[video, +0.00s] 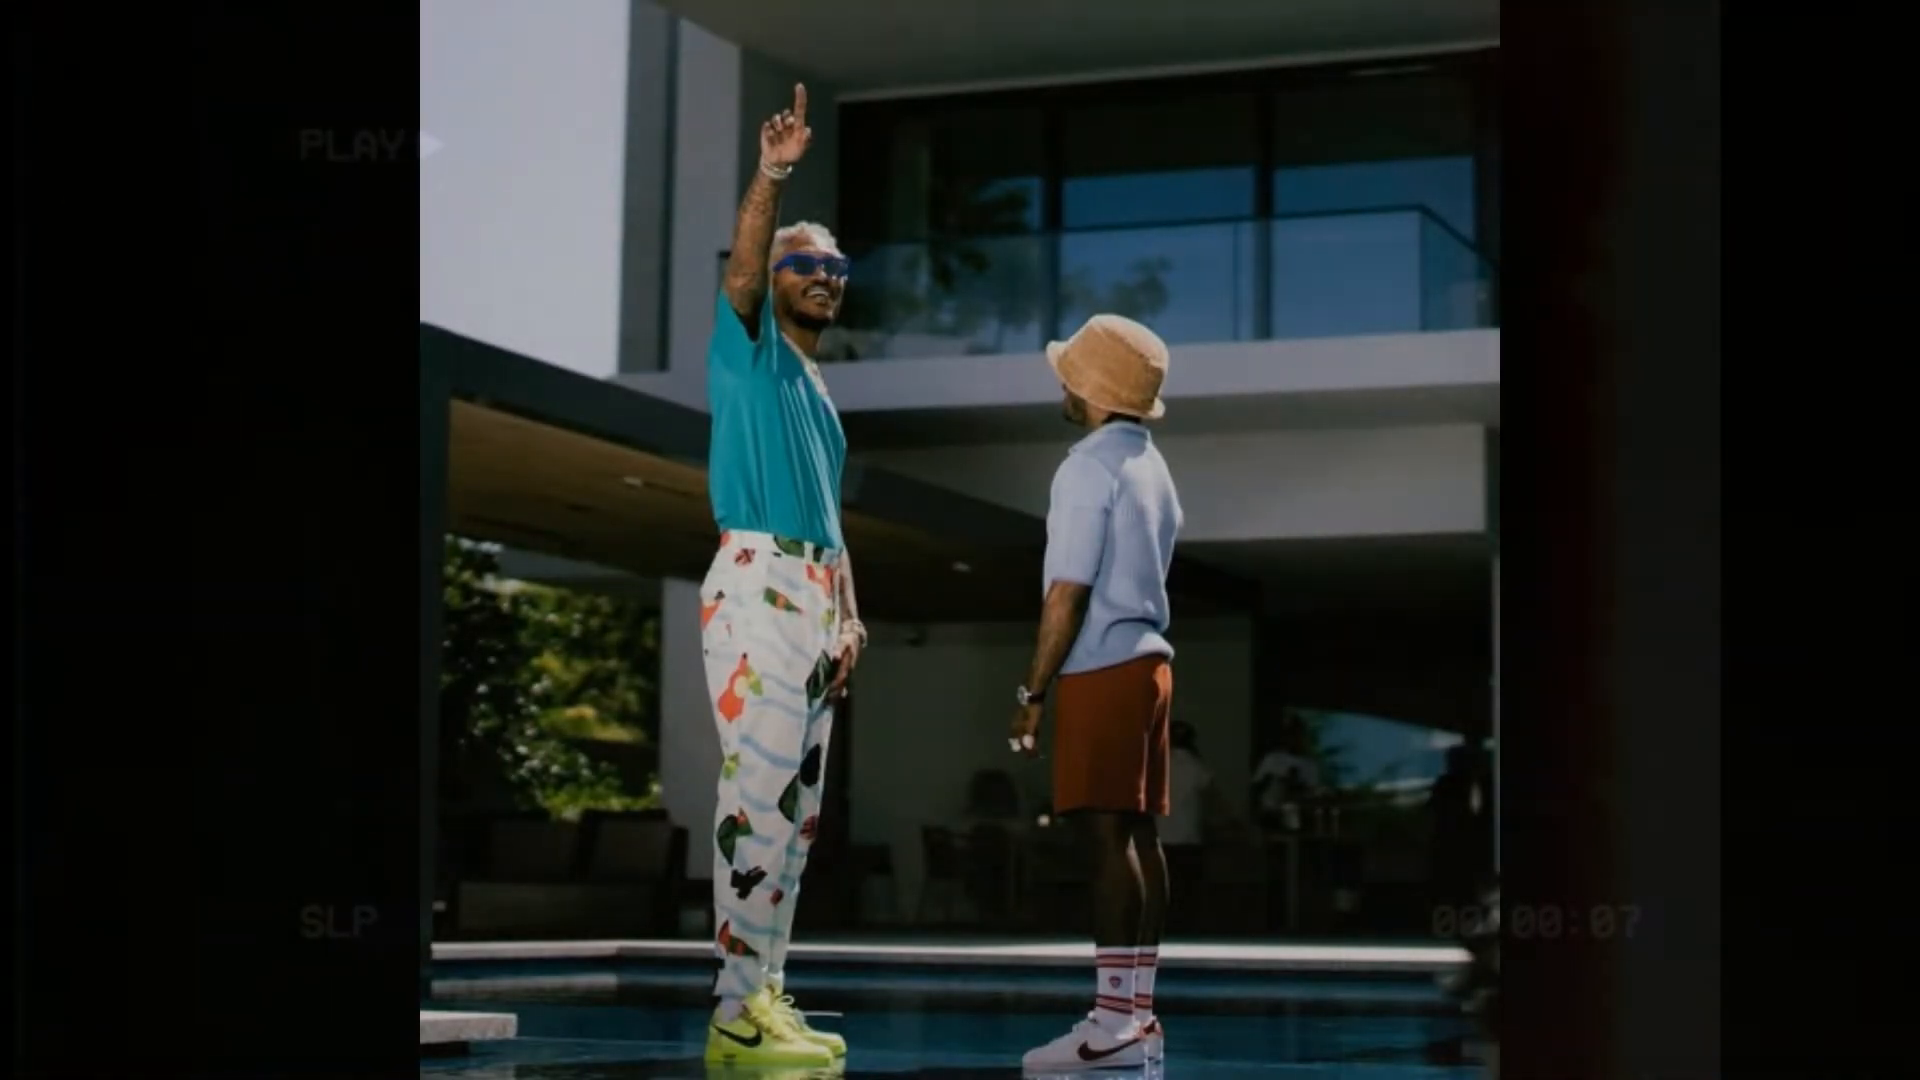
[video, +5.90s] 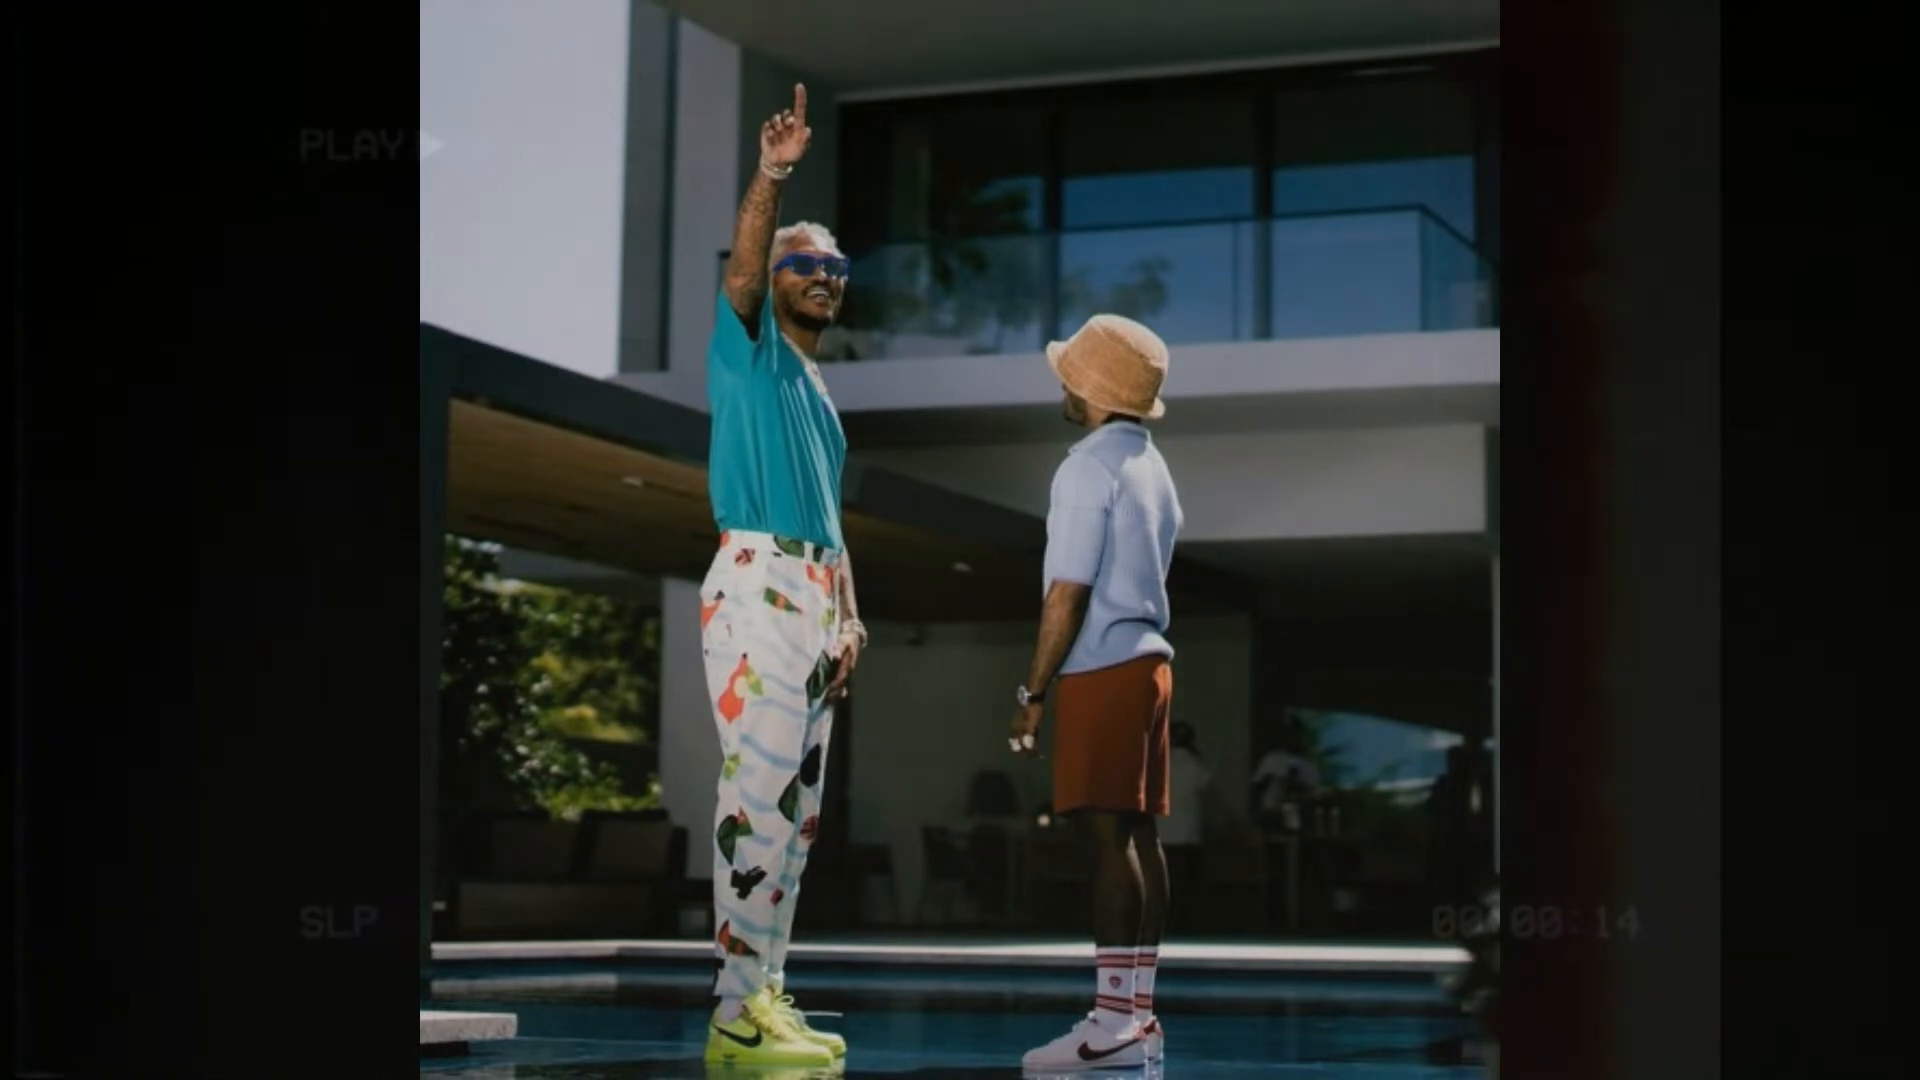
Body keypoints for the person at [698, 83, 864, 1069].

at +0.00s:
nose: (823, 283)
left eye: (834, 274)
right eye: (806, 268)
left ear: (841, 293)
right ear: (770, 278)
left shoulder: (818, 394)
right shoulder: (744, 343)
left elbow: (827, 519)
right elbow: (744, 267)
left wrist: (847, 611)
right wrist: (770, 173)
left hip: (813, 589)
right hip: (755, 581)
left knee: (794, 798)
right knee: (759, 791)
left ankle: (759, 1001)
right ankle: (745, 1005)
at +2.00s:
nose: (823, 282)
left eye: (834, 273)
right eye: (806, 268)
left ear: (842, 293)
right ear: (770, 278)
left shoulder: (819, 395)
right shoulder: (744, 344)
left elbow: (828, 520)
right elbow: (744, 266)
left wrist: (847, 612)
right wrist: (770, 173)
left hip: (814, 590)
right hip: (756, 582)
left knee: (794, 798)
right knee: (759, 791)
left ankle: (758, 1002)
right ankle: (746, 1004)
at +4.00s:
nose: (823, 283)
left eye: (834, 274)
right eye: (806, 268)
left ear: (841, 293)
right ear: (770, 278)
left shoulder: (818, 395)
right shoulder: (744, 343)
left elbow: (827, 520)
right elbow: (743, 269)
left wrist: (846, 613)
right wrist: (770, 174)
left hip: (814, 590)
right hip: (756, 582)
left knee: (794, 796)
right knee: (758, 789)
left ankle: (758, 1001)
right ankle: (748, 1001)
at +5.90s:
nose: (822, 281)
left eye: (833, 272)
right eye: (805, 267)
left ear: (841, 292)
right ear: (769, 278)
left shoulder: (817, 392)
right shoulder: (744, 343)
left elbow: (827, 519)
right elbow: (744, 268)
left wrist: (847, 612)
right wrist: (770, 173)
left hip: (814, 589)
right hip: (756, 581)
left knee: (794, 797)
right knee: (759, 790)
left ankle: (757, 1002)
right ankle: (747, 1003)